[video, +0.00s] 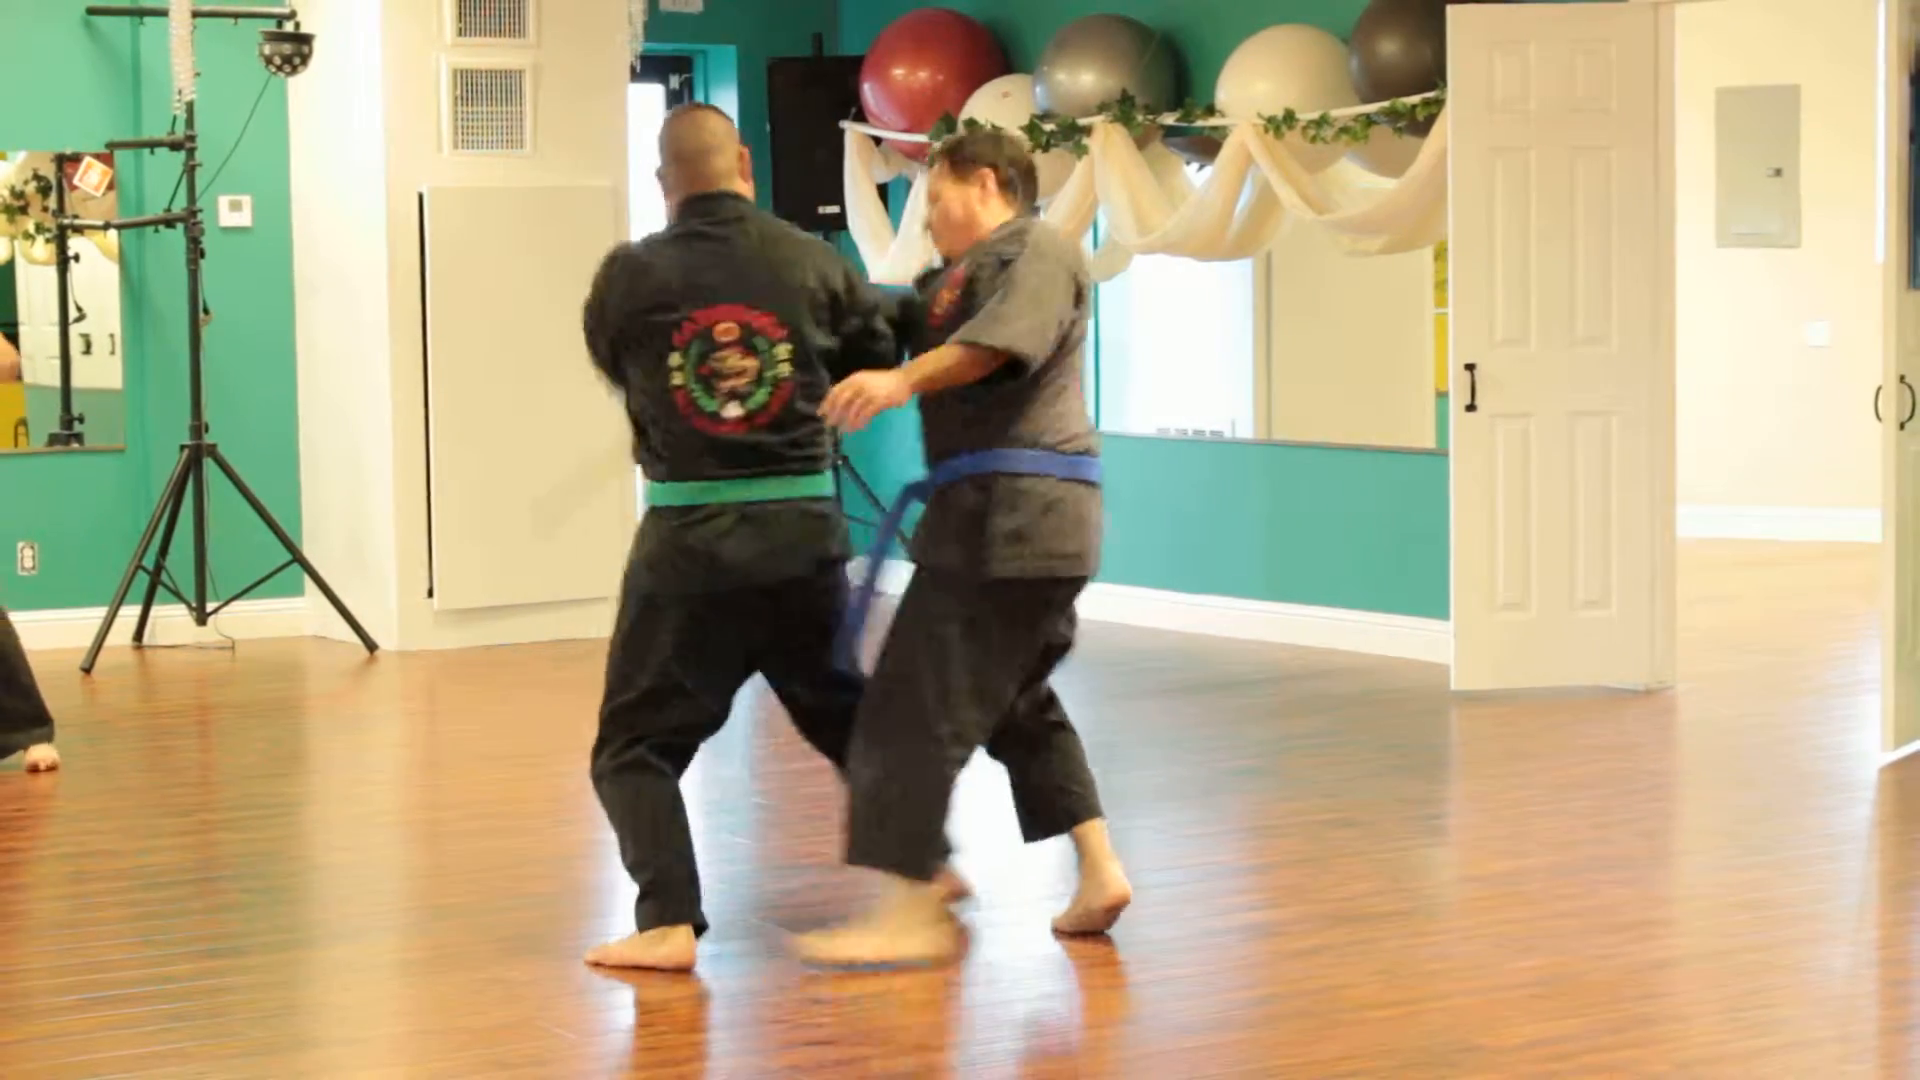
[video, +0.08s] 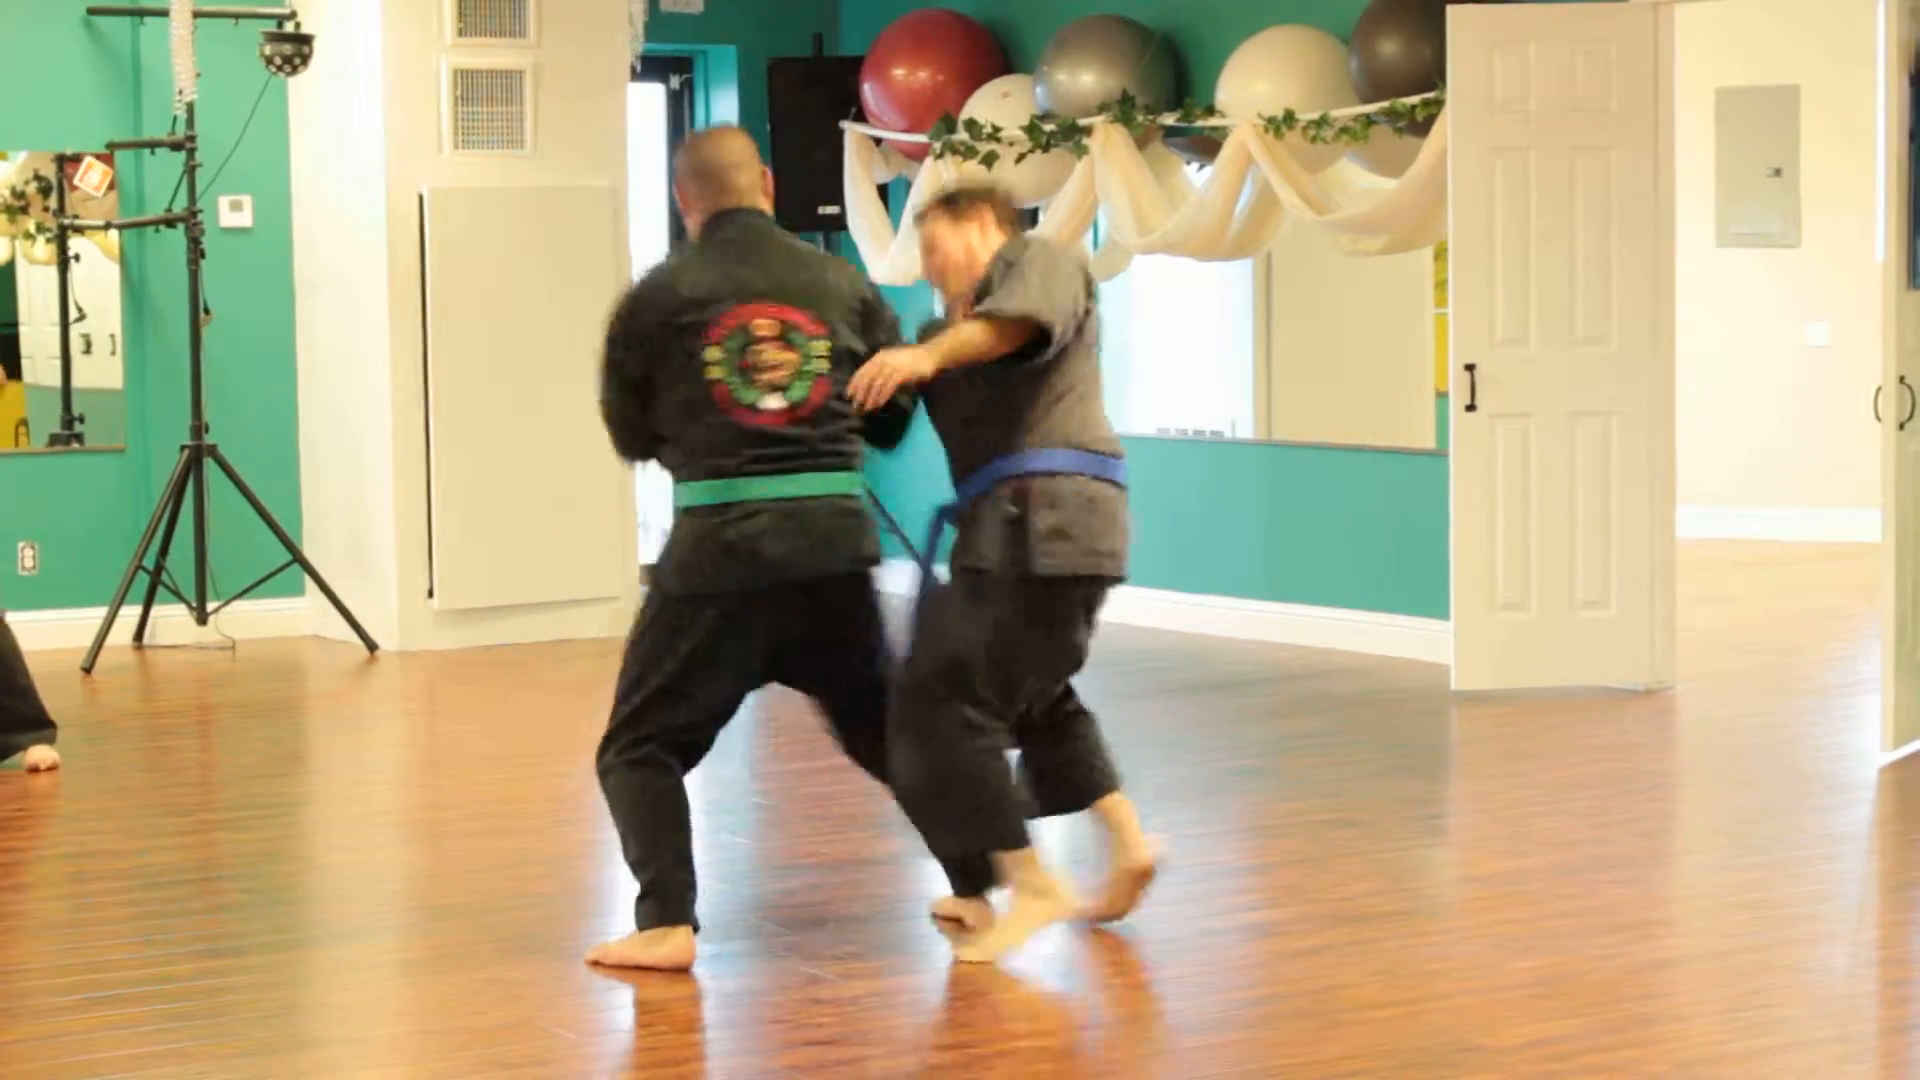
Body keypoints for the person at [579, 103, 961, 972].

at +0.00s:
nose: (746, 167)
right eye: (743, 158)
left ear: (663, 181)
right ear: (742, 168)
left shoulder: (627, 275)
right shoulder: (810, 260)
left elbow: (614, 361)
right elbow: (879, 342)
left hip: (686, 545)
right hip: (800, 539)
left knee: (634, 744)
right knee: (838, 704)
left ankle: (668, 924)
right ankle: (930, 865)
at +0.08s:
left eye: (678, 202)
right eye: (772, 183)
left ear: (685, 203)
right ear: (769, 189)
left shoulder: (656, 297)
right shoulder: (842, 282)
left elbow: (632, 434)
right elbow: (888, 416)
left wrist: (715, 404)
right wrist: (813, 404)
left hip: (718, 559)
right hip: (834, 553)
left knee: (640, 746)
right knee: (880, 725)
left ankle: (667, 926)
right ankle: (975, 884)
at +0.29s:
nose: (702, 332)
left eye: (700, 323)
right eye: (704, 324)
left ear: (711, 318)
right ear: (786, 303)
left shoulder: (705, 380)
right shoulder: (862, 352)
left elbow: (706, 535)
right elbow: (929, 454)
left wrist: (785, 580)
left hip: (828, 553)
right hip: (939, 538)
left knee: (693, 708)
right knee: (952, 700)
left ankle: (706, 912)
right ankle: (984, 899)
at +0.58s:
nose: (714, 422)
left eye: (711, 411)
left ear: (717, 405)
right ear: (789, 383)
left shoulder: (729, 452)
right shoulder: (864, 412)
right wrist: (924, 686)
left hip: (896, 586)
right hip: (1008, 570)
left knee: (749, 734)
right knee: (985, 703)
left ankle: (805, 940)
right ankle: (999, 894)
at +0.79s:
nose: (755, 418)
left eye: (754, 409)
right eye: (755, 411)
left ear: (765, 404)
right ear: (834, 392)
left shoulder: (762, 457)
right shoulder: (890, 425)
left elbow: (744, 601)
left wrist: (757, 670)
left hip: (929, 588)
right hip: (1036, 574)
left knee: (773, 726)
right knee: (998, 703)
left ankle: (804, 941)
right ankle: (1044, 888)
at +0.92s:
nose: (801, 395)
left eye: (801, 389)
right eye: (802, 390)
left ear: (812, 388)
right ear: (883, 377)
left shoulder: (795, 440)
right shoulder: (936, 417)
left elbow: (785, 605)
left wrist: (805, 698)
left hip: (923, 581)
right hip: (1037, 569)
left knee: (777, 733)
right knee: (1018, 694)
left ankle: (808, 936)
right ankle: (1036, 890)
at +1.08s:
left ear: (951, 338)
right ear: (1021, 339)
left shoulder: (907, 387)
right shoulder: (1066, 397)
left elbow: (887, 495)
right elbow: (1093, 521)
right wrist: (1075, 595)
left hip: (923, 546)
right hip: (1045, 551)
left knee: (837, 714)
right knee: (1063, 704)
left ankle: (840, 852)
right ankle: (1065, 887)